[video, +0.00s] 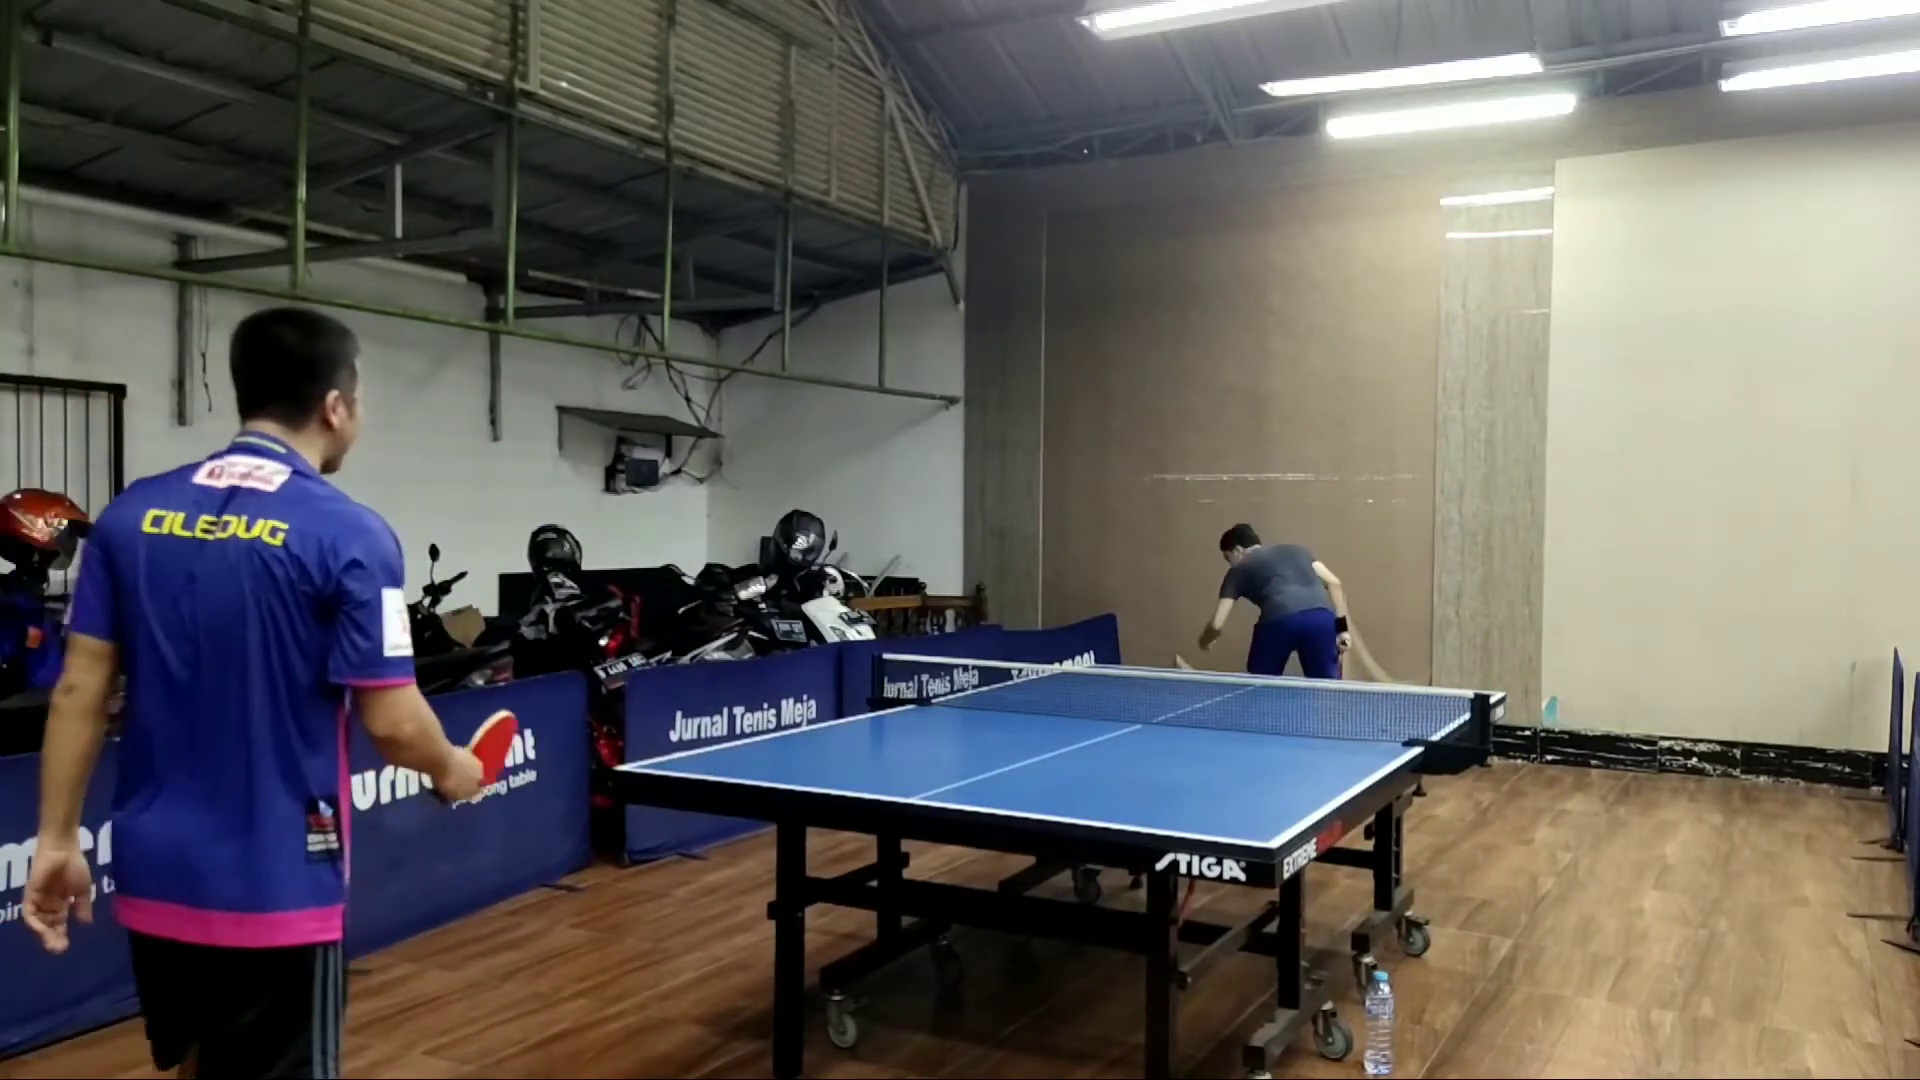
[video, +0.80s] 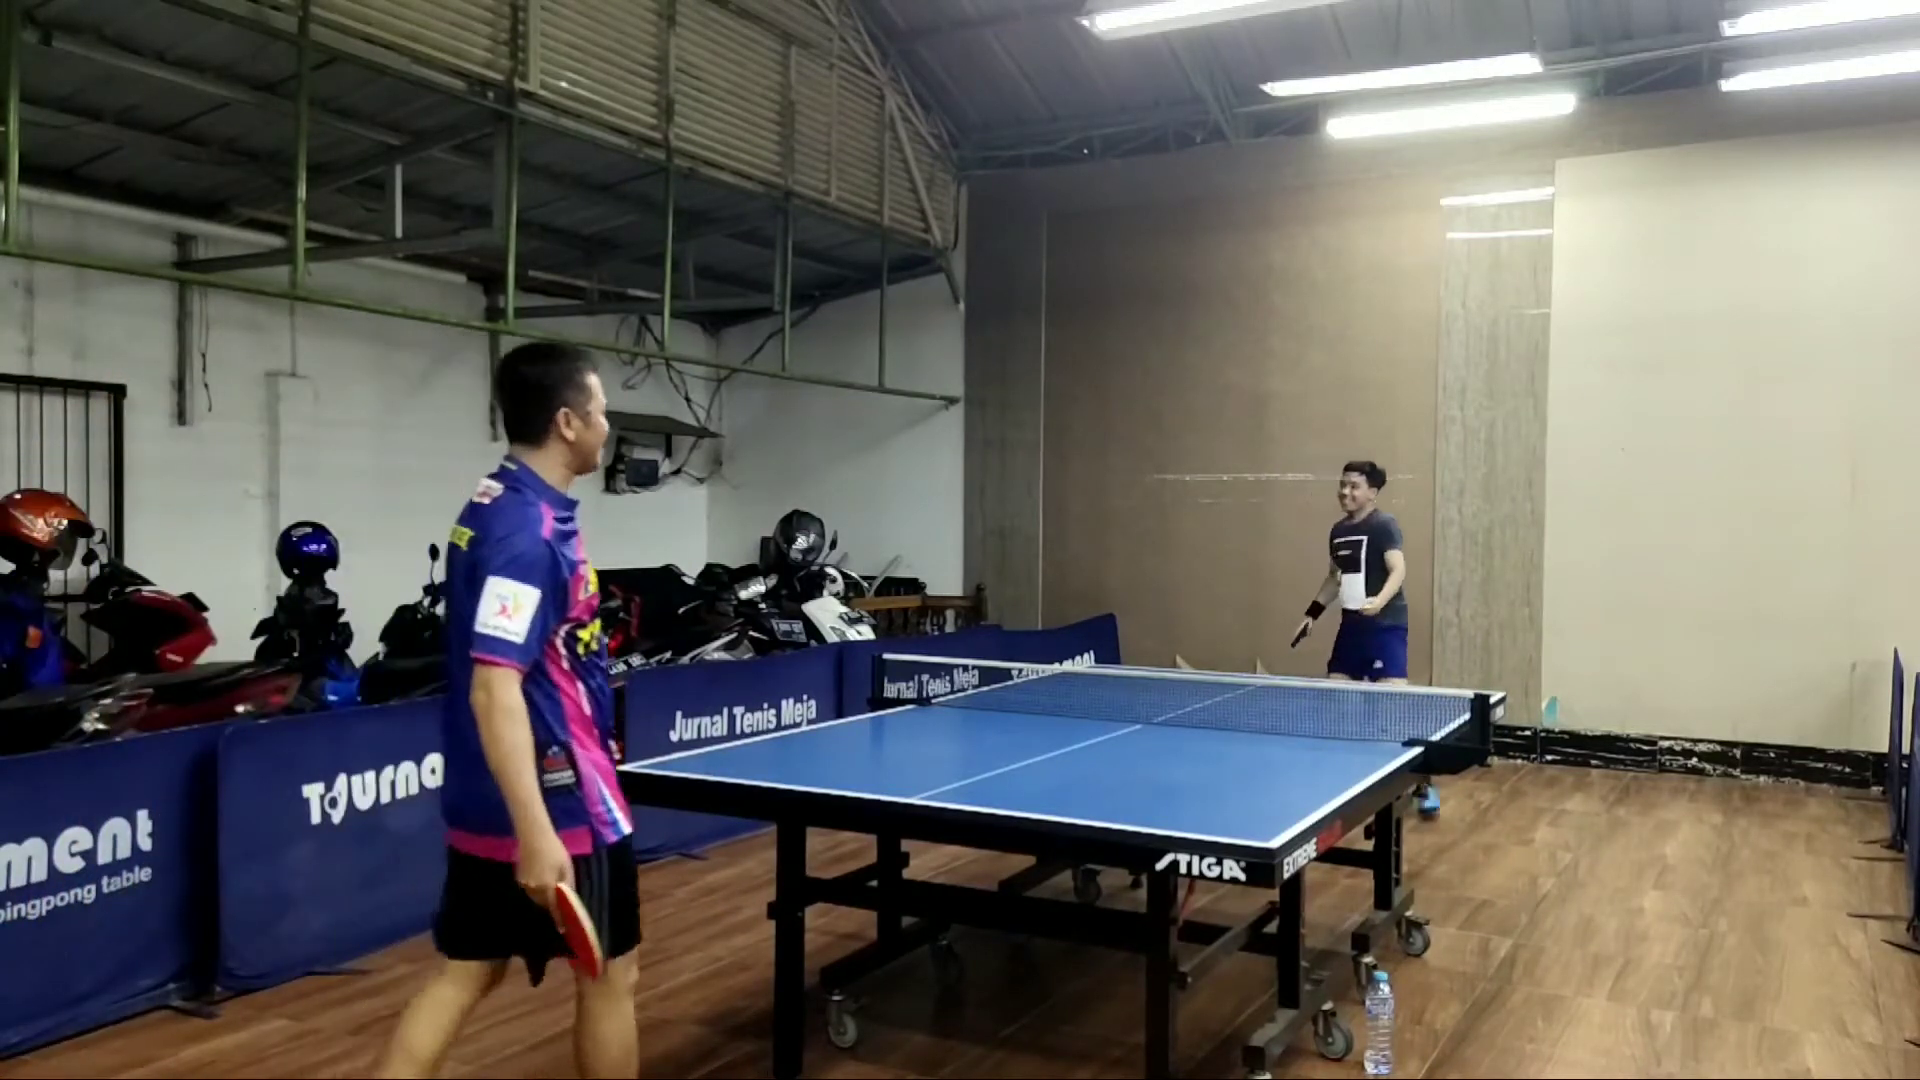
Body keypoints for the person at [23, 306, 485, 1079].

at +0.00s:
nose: (358, 419)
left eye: (358, 399)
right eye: (356, 398)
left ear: (247, 394)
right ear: (334, 405)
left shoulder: (132, 512)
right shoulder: (350, 534)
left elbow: (79, 691)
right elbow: (392, 720)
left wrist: (57, 838)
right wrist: (449, 764)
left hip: (153, 886)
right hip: (279, 900)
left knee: (195, 1061)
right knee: (285, 1065)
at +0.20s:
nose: (411, 422)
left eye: (410, 402)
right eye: (408, 401)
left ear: (307, 400)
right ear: (381, 407)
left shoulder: (211, 517)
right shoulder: (383, 521)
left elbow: (175, 682)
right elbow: (406, 697)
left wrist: (152, 823)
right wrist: (468, 824)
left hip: (234, 851)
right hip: (341, 859)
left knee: (269, 1043)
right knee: (346, 1059)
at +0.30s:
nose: (436, 411)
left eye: (434, 393)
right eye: (431, 392)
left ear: (338, 400)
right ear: (399, 400)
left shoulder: (255, 512)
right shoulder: (393, 507)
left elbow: (226, 667)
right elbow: (401, 676)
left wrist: (222, 802)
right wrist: (445, 831)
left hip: (272, 837)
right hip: (371, 841)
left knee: (297, 1022)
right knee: (437, 1017)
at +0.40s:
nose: (472, 410)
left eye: (468, 393)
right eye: (461, 394)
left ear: (392, 406)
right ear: (411, 405)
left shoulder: (304, 505)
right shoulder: (404, 505)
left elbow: (295, 661)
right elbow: (391, 666)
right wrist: (423, 825)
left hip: (309, 824)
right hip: (403, 818)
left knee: (317, 1011)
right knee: (508, 977)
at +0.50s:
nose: (502, 409)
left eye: (499, 393)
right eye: (486, 394)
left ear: (425, 408)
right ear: (429, 407)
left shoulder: (358, 496)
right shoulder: (422, 505)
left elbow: (342, 658)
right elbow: (390, 657)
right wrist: (417, 813)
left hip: (348, 808)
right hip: (445, 809)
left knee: (337, 1002)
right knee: (539, 968)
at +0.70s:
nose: (571, 423)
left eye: (567, 408)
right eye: (559, 409)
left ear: (507, 422)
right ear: (515, 423)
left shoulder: (463, 507)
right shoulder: (484, 525)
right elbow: (440, 680)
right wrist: (473, 826)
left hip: (436, 811)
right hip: (519, 815)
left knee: (392, 988)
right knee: (572, 995)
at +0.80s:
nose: (608, 426)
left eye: (605, 410)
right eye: (601, 410)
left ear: (538, 421)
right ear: (568, 421)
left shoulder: (500, 505)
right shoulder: (527, 529)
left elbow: (512, 670)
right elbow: (493, 689)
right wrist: (533, 830)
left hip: (491, 806)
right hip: (567, 813)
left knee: (464, 969)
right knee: (612, 975)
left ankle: (391, 1074)